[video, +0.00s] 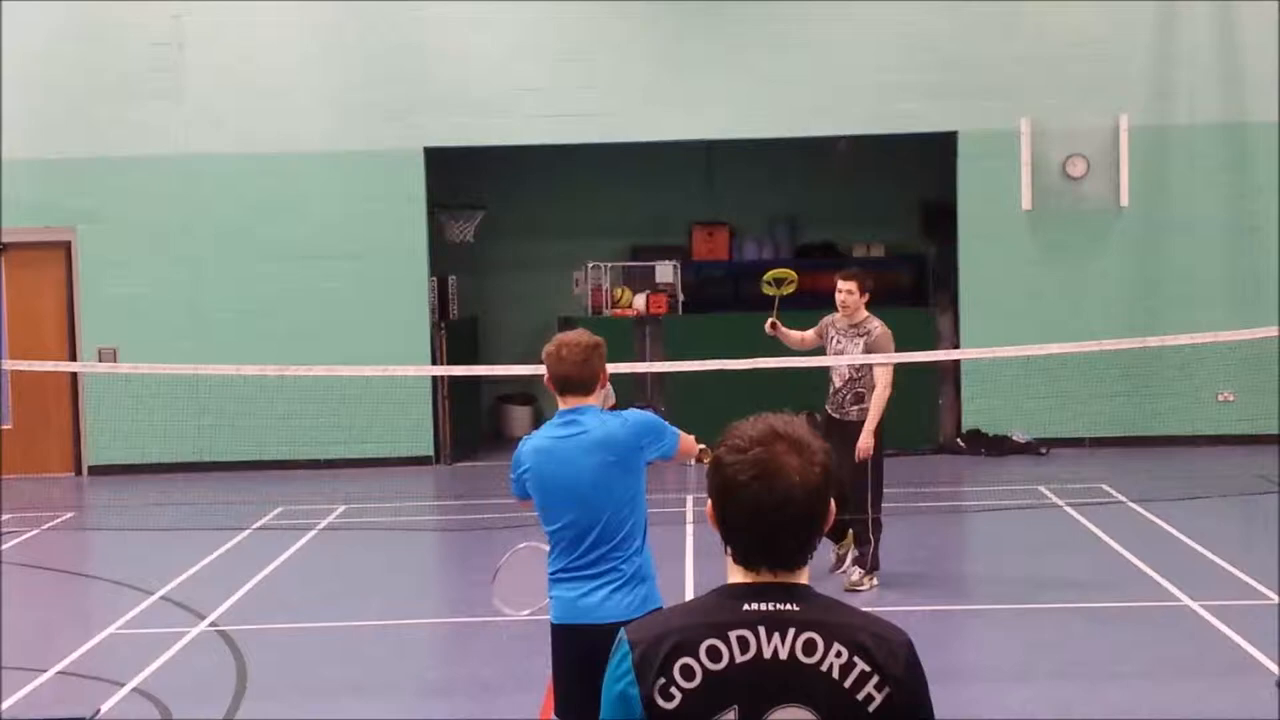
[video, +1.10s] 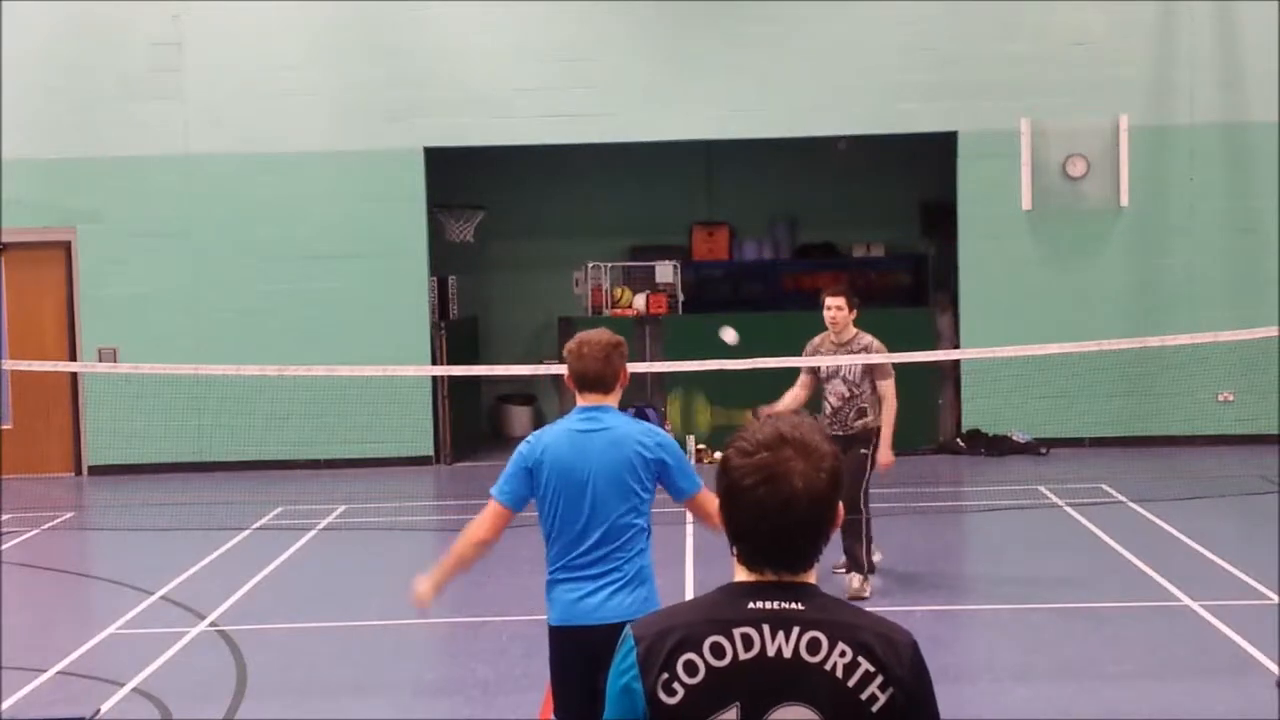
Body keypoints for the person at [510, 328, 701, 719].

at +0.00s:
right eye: (605, 369)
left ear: (549, 381)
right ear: (604, 376)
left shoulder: (530, 449)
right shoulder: (633, 426)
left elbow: (525, 497)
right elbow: (691, 448)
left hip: (571, 619)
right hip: (636, 614)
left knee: (574, 712)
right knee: (644, 711)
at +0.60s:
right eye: (607, 368)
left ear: (551, 380)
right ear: (606, 376)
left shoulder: (533, 445)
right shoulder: (635, 426)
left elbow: (510, 495)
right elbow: (706, 450)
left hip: (569, 618)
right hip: (634, 613)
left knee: (573, 712)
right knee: (640, 710)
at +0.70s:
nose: (611, 375)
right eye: (610, 368)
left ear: (551, 380)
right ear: (607, 375)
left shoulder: (533, 445)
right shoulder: (638, 427)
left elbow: (484, 494)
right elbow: (710, 456)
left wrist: (527, 474)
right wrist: (675, 474)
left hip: (571, 618)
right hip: (636, 613)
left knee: (572, 711)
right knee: (643, 711)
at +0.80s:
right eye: (611, 368)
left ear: (555, 379)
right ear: (610, 376)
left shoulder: (534, 444)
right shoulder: (640, 429)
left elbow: (465, 498)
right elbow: (715, 460)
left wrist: (474, 473)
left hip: (571, 617)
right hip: (636, 612)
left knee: (573, 712)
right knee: (645, 710)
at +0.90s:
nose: (617, 370)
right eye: (616, 365)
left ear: (558, 378)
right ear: (614, 374)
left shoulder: (534, 445)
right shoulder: (644, 432)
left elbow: (460, 508)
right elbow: (713, 472)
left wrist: (432, 501)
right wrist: (699, 454)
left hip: (572, 618)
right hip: (637, 613)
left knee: (573, 712)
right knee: (646, 711)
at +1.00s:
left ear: (562, 379)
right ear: (618, 376)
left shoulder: (535, 445)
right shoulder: (646, 436)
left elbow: (469, 518)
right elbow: (710, 486)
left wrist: (418, 537)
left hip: (571, 621)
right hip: (637, 616)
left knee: (572, 710)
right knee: (642, 708)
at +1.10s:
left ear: (568, 380)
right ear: (624, 377)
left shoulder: (538, 446)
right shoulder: (651, 440)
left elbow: (484, 533)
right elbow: (714, 513)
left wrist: (433, 580)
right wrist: (756, 531)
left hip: (570, 621)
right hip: (637, 617)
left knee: (574, 712)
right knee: (638, 712)